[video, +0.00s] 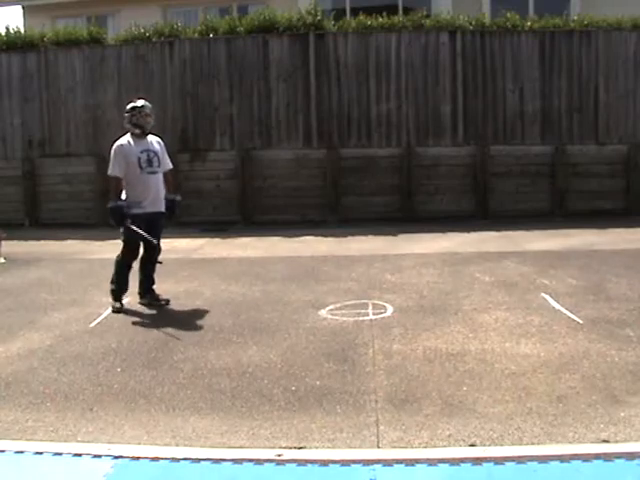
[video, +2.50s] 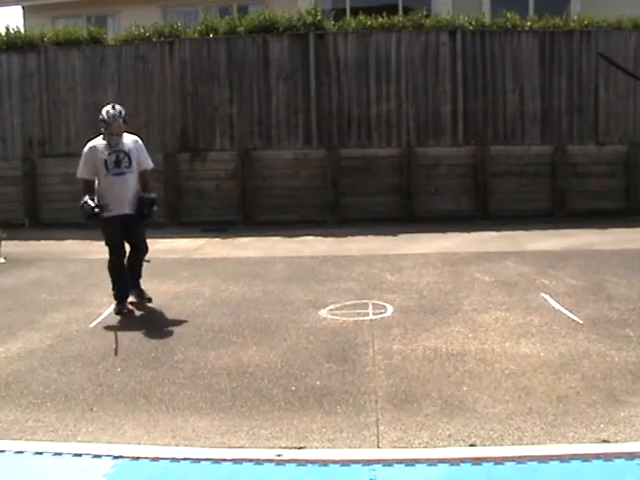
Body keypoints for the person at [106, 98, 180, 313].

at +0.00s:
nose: (145, 120)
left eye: (148, 115)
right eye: (140, 116)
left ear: (152, 118)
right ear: (130, 119)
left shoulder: (156, 142)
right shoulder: (121, 146)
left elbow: (167, 171)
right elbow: (116, 179)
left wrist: (171, 196)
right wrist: (115, 204)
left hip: (156, 207)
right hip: (133, 208)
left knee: (152, 252)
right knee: (130, 251)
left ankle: (147, 291)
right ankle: (117, 294)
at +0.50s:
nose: (125, 119)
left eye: (129, 115)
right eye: (120, 115)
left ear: (134, 118)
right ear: (114, 119)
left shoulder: (146, 143)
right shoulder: (104, 147)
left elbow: (156, 173)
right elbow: (99, 180)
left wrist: (162, 198)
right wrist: (95, 207)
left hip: (142, 208)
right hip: (117, 209)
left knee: (146, 251)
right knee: (121, 254)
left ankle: (146, 292)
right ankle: (121, 297)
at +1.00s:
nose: (110, 119)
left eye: (114, 114)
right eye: (106, 115)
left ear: (121, 117)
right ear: (99, 118)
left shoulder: (134, 142)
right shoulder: (90, 148)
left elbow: (146, 171)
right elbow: (85, 180)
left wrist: (150, 195)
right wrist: (82, 207)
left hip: (133, 210)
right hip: (107, 212)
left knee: (142, 252)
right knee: (115, 257)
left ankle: (146, 293)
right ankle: (120, 298)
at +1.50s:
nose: (113, 120)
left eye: (116, 116)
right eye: (107, 116)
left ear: (121, 118)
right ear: (98, 119)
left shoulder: (131, 142)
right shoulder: (89, 148)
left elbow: (143, 173)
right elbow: (84, 181)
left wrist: (150, 197)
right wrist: (87, 209)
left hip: (132, 209)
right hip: (106, 213)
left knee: (143, 251)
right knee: (114, 257)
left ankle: (147, 290)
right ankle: (120, 298)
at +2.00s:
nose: (111, 121)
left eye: (114, 116)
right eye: (106, 117)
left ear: (119, 118)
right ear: (97, 120)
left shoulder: (129, 143)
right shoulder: (87, 149)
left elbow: (141, 173)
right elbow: (83, 182)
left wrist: (149, 197)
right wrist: (83, 209)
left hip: (130, 210)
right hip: (105, 213)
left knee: (139, 252)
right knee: (114, 258)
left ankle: (144, 291)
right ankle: (120, 298)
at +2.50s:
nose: (116, 131)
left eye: (119, 126)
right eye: (111, 127)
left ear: (124, 124)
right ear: (103, 127)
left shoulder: (134, 143)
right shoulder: (93, 149)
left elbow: (144, 173)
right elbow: (87, 182)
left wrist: (146, 197)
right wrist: (89, 201)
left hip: (133, 209)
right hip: (109, 212)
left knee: (140, 248)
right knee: (117, 254)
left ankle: (133, 283)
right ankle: (120, 298)